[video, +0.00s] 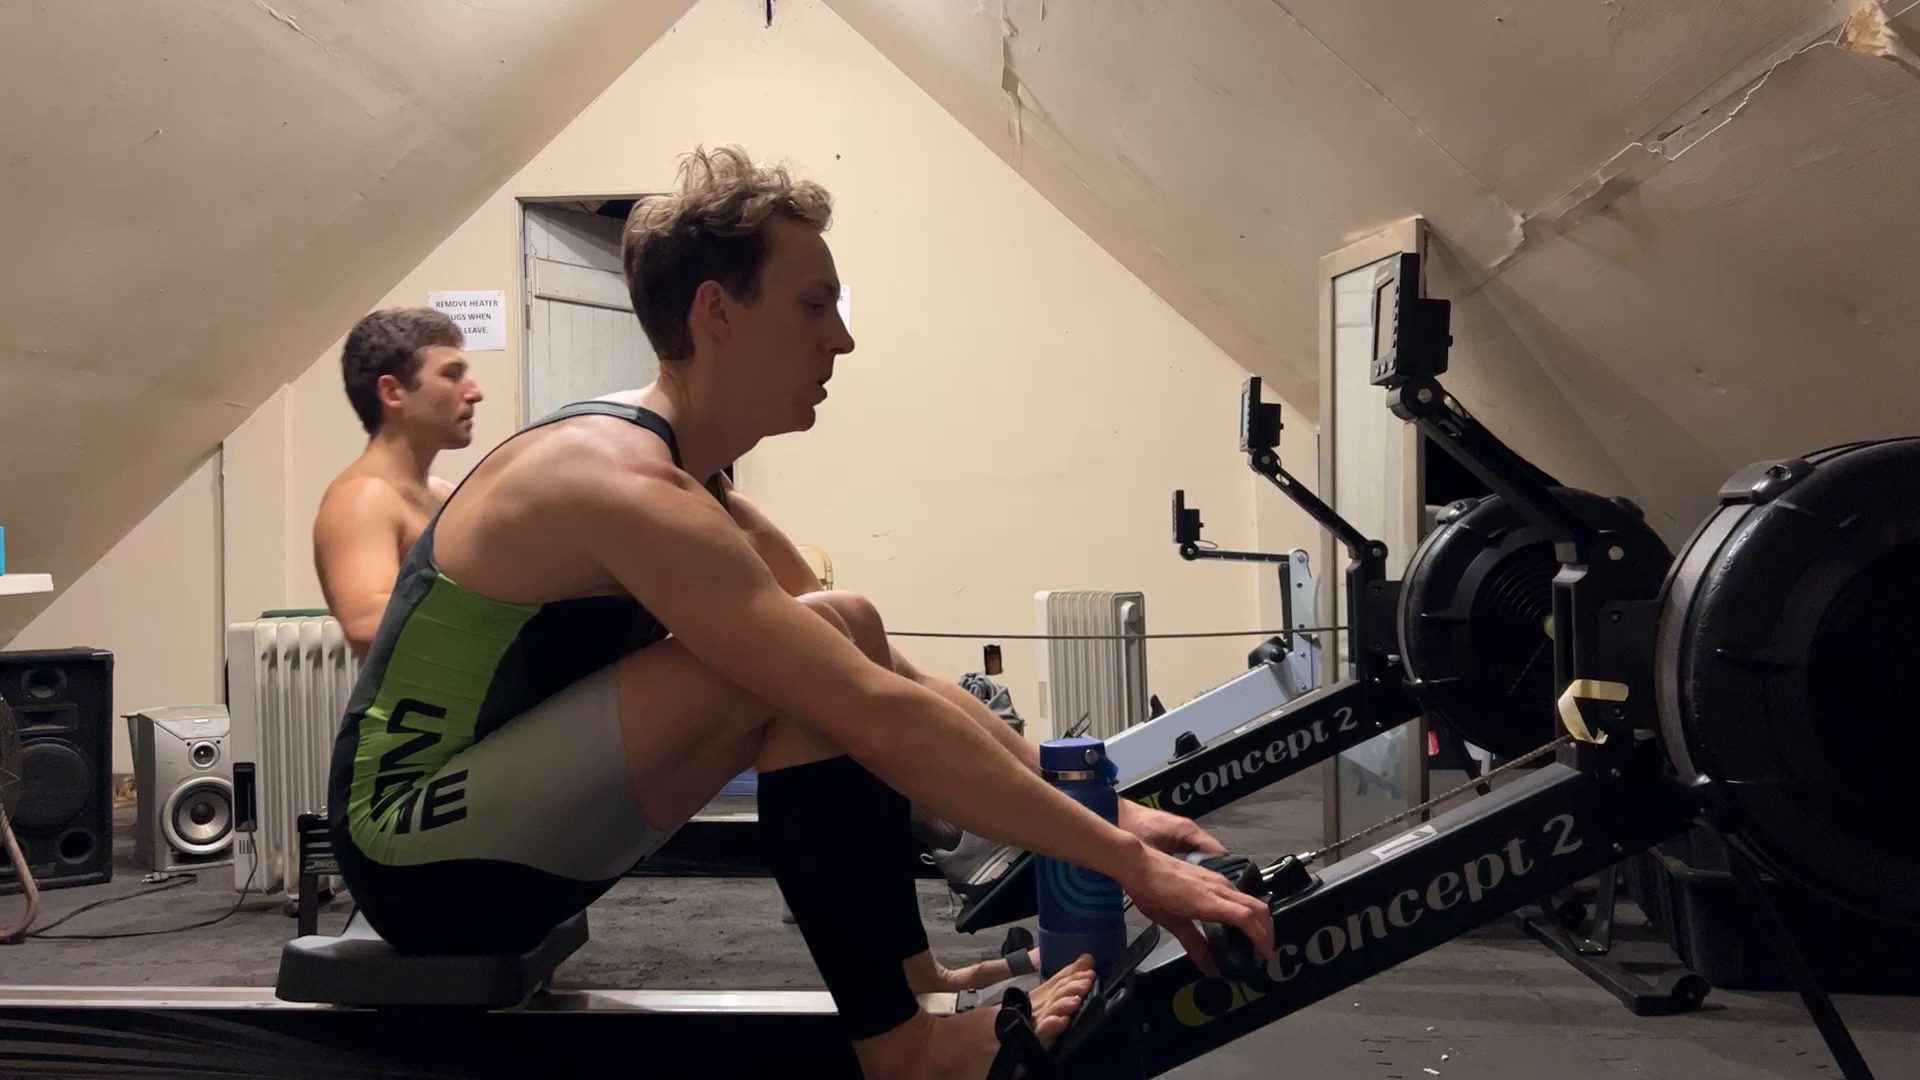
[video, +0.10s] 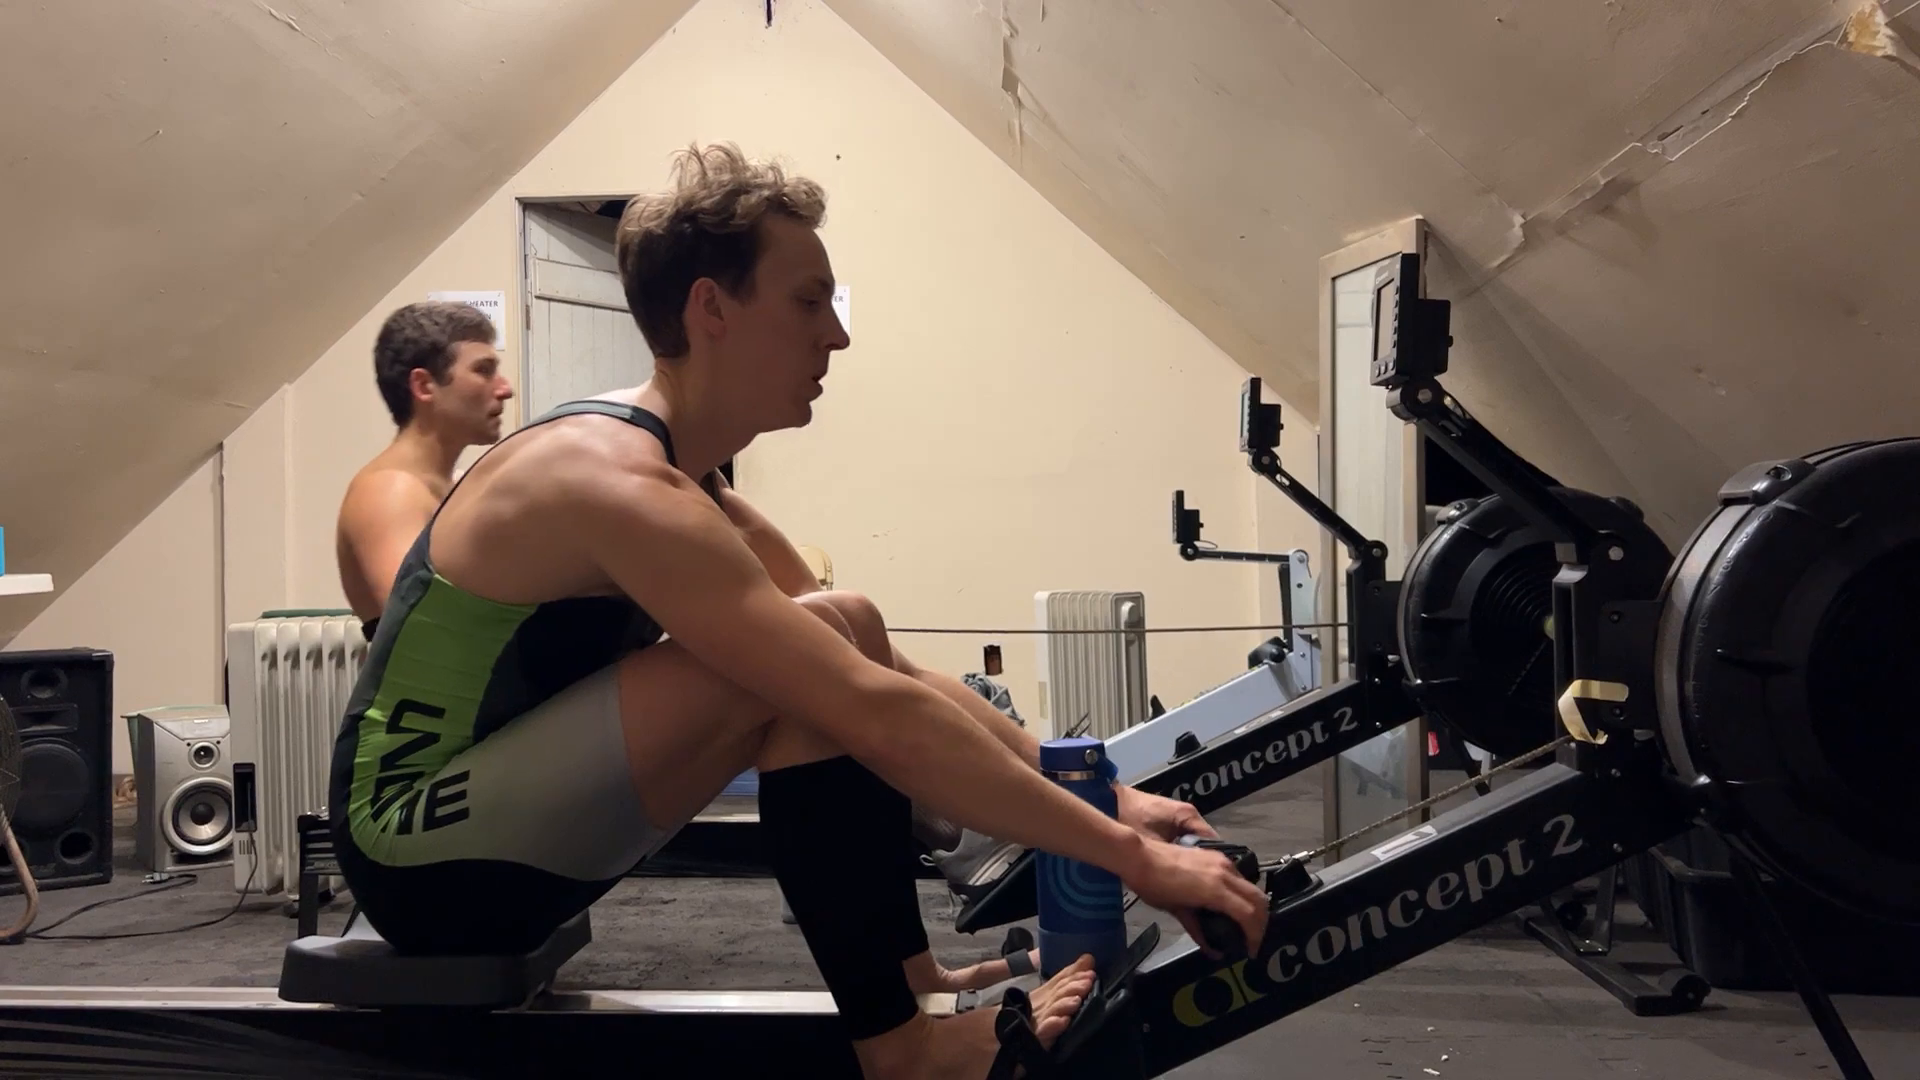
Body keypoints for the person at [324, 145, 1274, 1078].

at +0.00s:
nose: (844, 336)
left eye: (836, 304)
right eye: (816, 303)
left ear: (729, 319)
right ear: (713, 312)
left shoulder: (702, 496)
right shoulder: (624, 486)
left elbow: (886, 682)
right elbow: (863, 715)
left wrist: (1099, 821)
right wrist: (1125, 866)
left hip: (474, 828)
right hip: (427, 848)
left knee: (827, 651)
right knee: (803, 668)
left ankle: (913, 990)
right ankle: (892, 1039)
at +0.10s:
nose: (840, 332)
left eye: (832, 301)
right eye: (812, 301)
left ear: (724, 318)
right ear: (709, 311)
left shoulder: (701, 496)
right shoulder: (620, 486)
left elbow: (887, 670)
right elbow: (864, 715)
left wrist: (1091, 801)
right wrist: (1129, 857)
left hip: (479, 827)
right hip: (426, 848)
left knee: (839, 636)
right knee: (804, 673)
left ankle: (916, 990)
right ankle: (892, 1042)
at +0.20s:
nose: (824, 324)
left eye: (816, 295)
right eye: (797, 294)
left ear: (708, 312)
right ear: (693, 306)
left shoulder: (689, 493)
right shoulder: (606, 484)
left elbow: (882, 664)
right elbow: (855, 707)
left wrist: (1092, 791)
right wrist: (1131, 835)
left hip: (479, 824)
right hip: (421, 846)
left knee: (838, 638)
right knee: (799, 671)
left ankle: (913, 988)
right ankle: (891, 1043)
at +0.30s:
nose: (802, 319)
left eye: (794, 287)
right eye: (774, 286)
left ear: (678, 304)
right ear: (673, 298)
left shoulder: (664, 483)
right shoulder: (587, 477)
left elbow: (867, 653)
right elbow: (845, 688)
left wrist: (1091, 769)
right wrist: (1125, 801)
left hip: (472, 821)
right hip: (421, 846)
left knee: (827, 643)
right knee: (796, 667)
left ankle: (911, 994)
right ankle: (890, 1040)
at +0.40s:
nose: (779, 306)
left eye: (771, 276)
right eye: (751, 275)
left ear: (662, 291)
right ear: (648, 286)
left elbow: (853, 644)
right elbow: (840, 651)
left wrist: (1096, 745)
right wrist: (1111, 747)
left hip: (476, 832)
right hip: (416, 851)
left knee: (815, 645)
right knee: (787, 663)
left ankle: (916, 993)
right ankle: (890, 1039)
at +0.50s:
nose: (756, 292)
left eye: (747, 260)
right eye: (728, 260)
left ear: (639, 278)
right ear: (624, 274)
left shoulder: (619, 465)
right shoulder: (542, 460)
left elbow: (828, 601)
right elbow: (827, 627)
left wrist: (1088, 701)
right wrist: (1112, 704)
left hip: (474, 834)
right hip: (415, 855)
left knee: (823, 648)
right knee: (789, 660)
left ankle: (919, 996)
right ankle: (890, 1043)